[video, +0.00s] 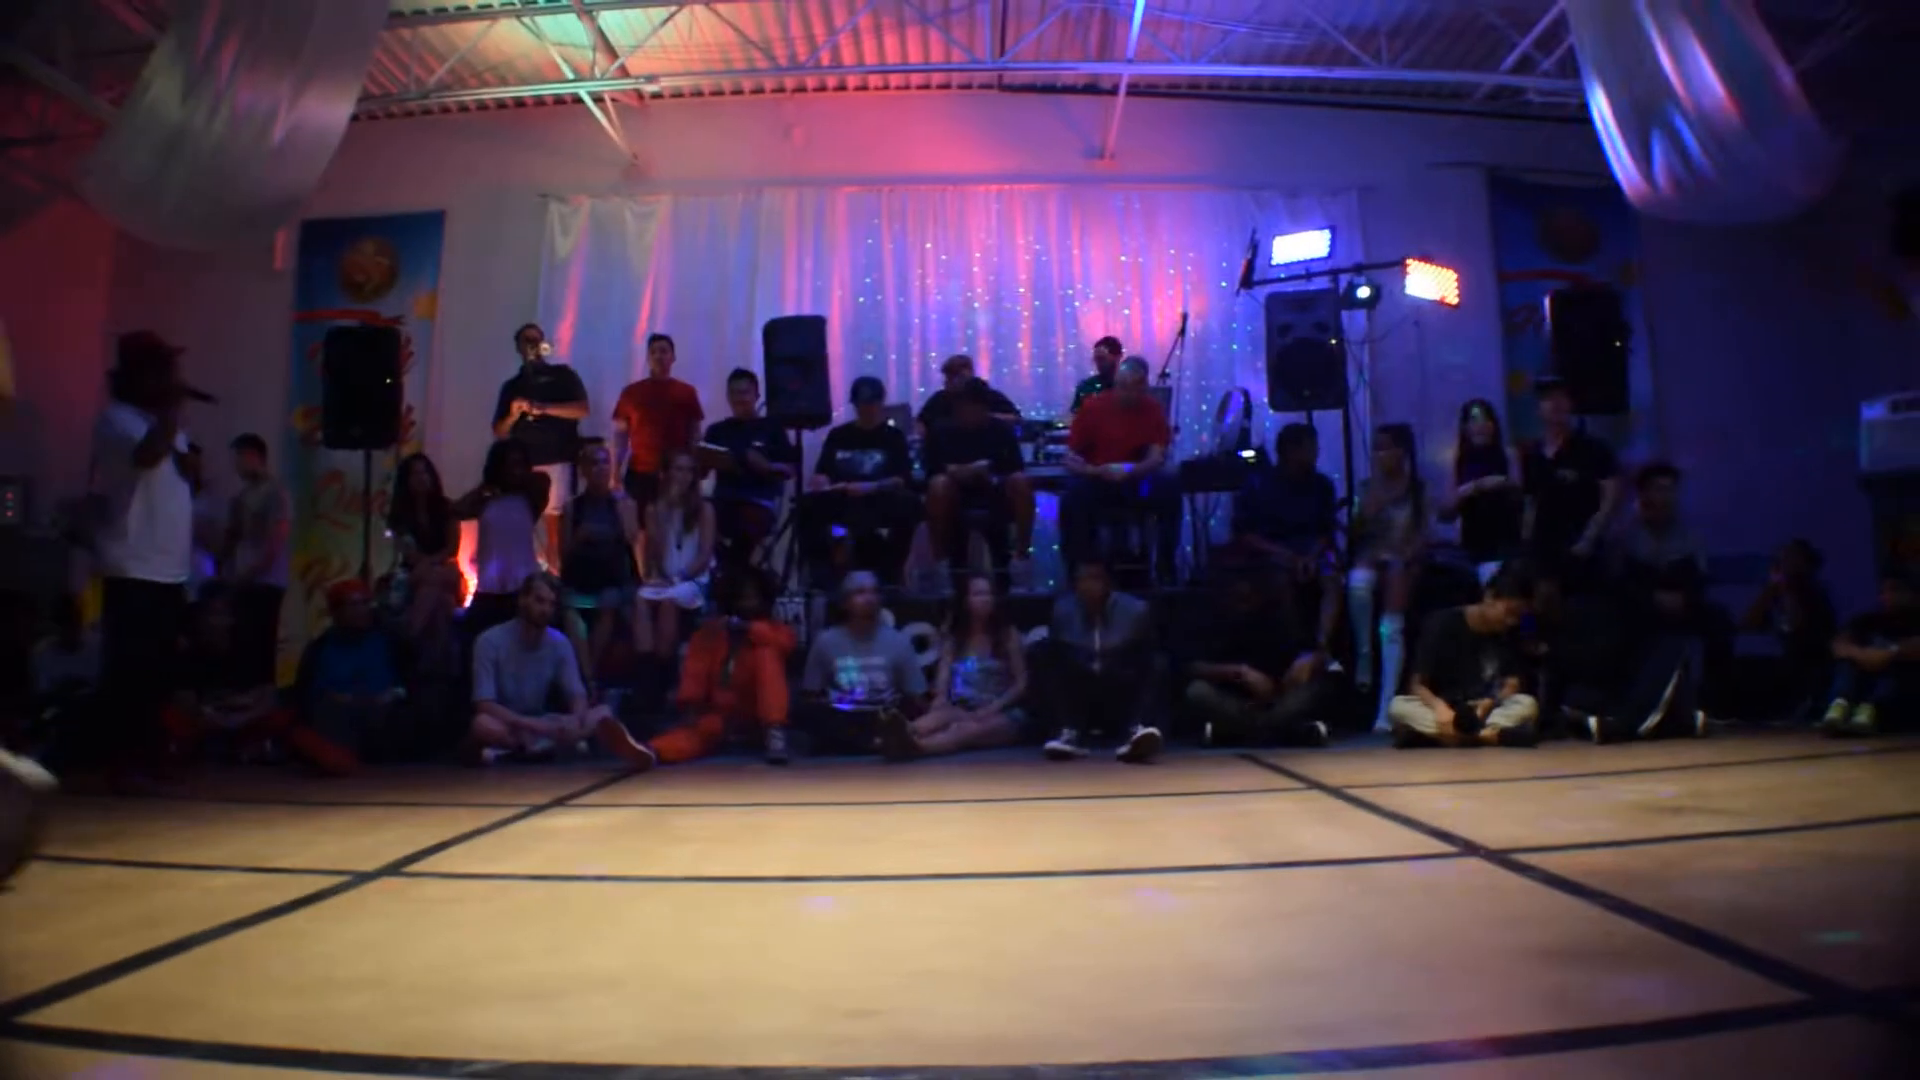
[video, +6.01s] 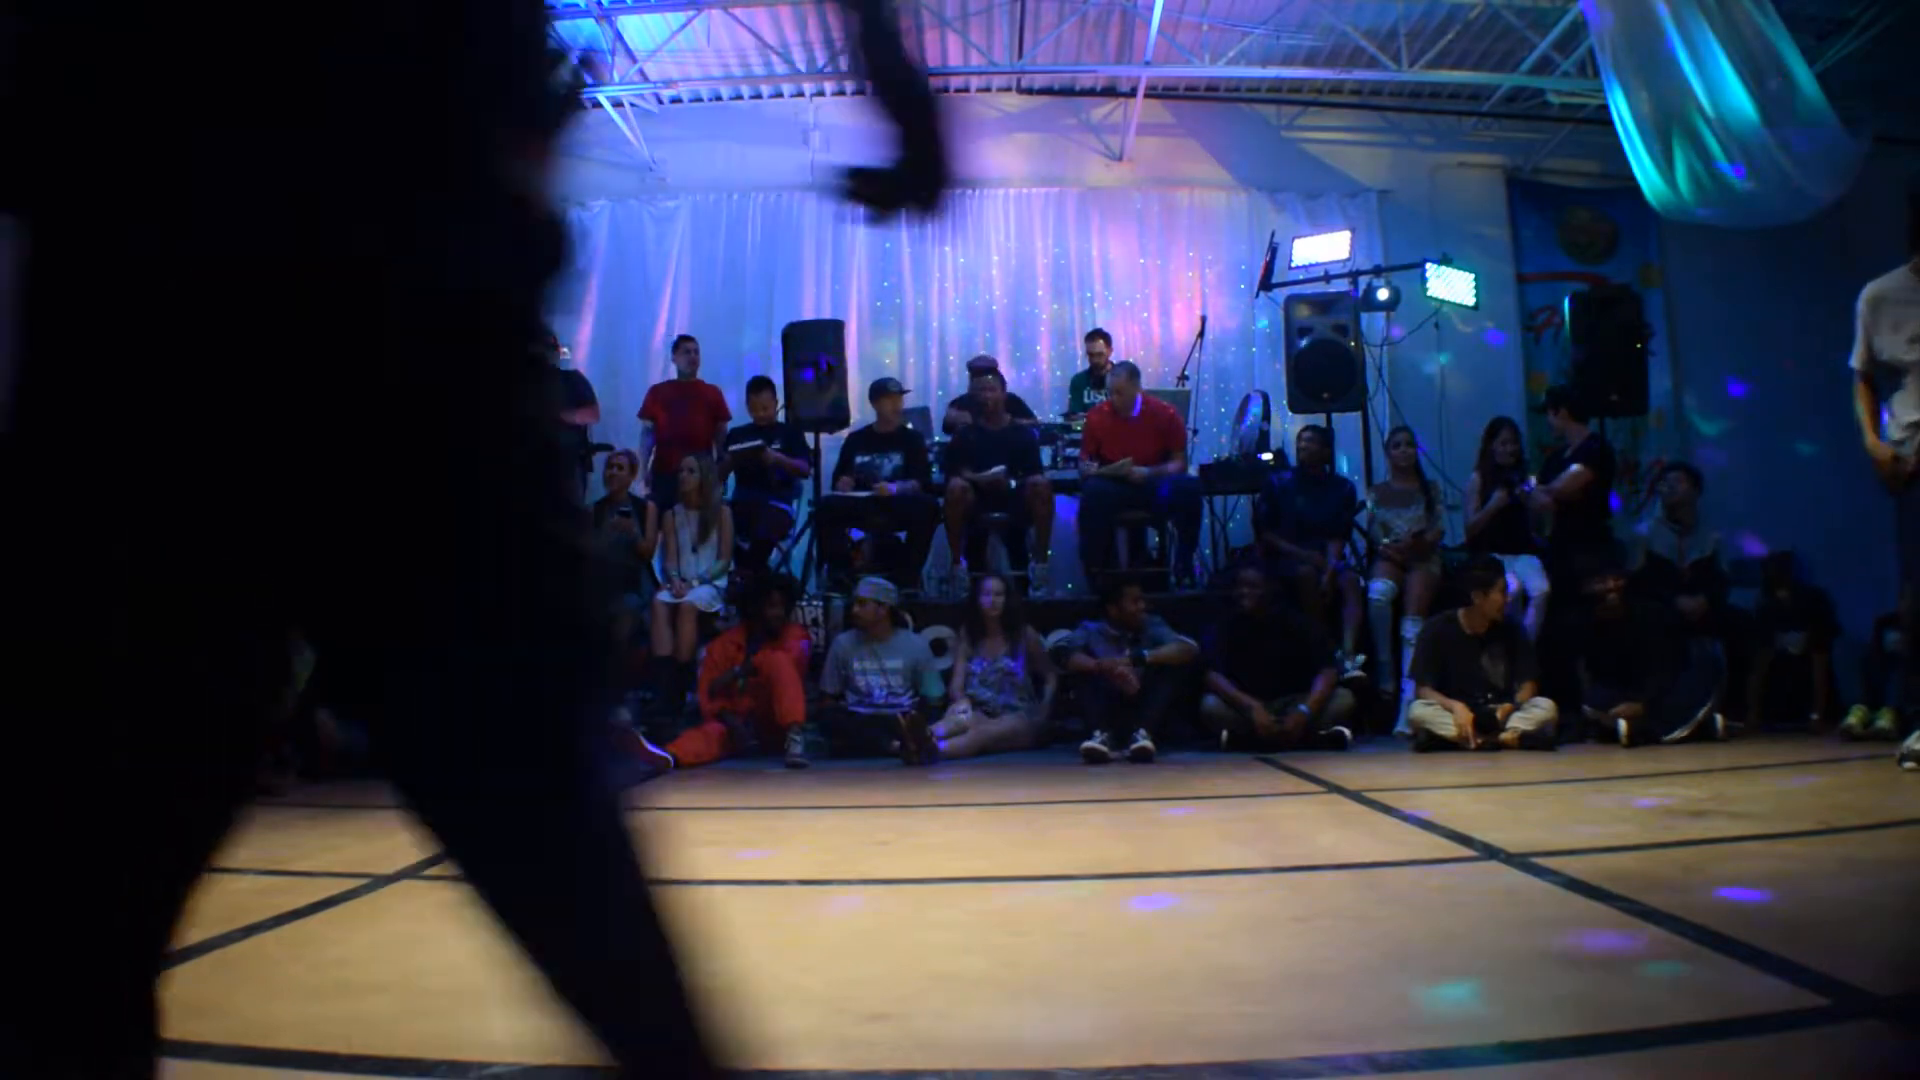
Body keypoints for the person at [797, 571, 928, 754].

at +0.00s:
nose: (868, 600)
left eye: (873, 593)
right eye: (860, 593)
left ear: (879, 598)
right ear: (846, 601)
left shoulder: (897, 642)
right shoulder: (826, 642)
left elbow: (916, 700)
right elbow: (811, 698)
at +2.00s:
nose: (888, 602)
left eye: (892, 596)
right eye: (880, 597)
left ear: (898, 602)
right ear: (866, 605)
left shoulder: (917, 645)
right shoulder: (846, 645)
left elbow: (936, 702)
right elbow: (829, 699)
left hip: (905, 716)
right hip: (860, 717)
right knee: (831, 718)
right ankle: (894, 744)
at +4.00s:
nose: (885, 603)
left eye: (890, 596)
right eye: (877, 597)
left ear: (897, 602)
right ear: (864, 606)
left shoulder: (916, 645)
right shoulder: (844, 645)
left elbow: (937, 700)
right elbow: (828, 699)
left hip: (905, 718)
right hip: (861, 719)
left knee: (964, 715)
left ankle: (923, 740)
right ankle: (896, 746)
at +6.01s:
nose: (855, 610)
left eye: (862, 604)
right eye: (855, 604)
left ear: (883, 609)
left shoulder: (914, 644)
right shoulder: (843, 644)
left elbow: (934, 699)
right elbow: (829, 698)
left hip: (903, 718)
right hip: (859, 717)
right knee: (830, 720)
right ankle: (894, 747)